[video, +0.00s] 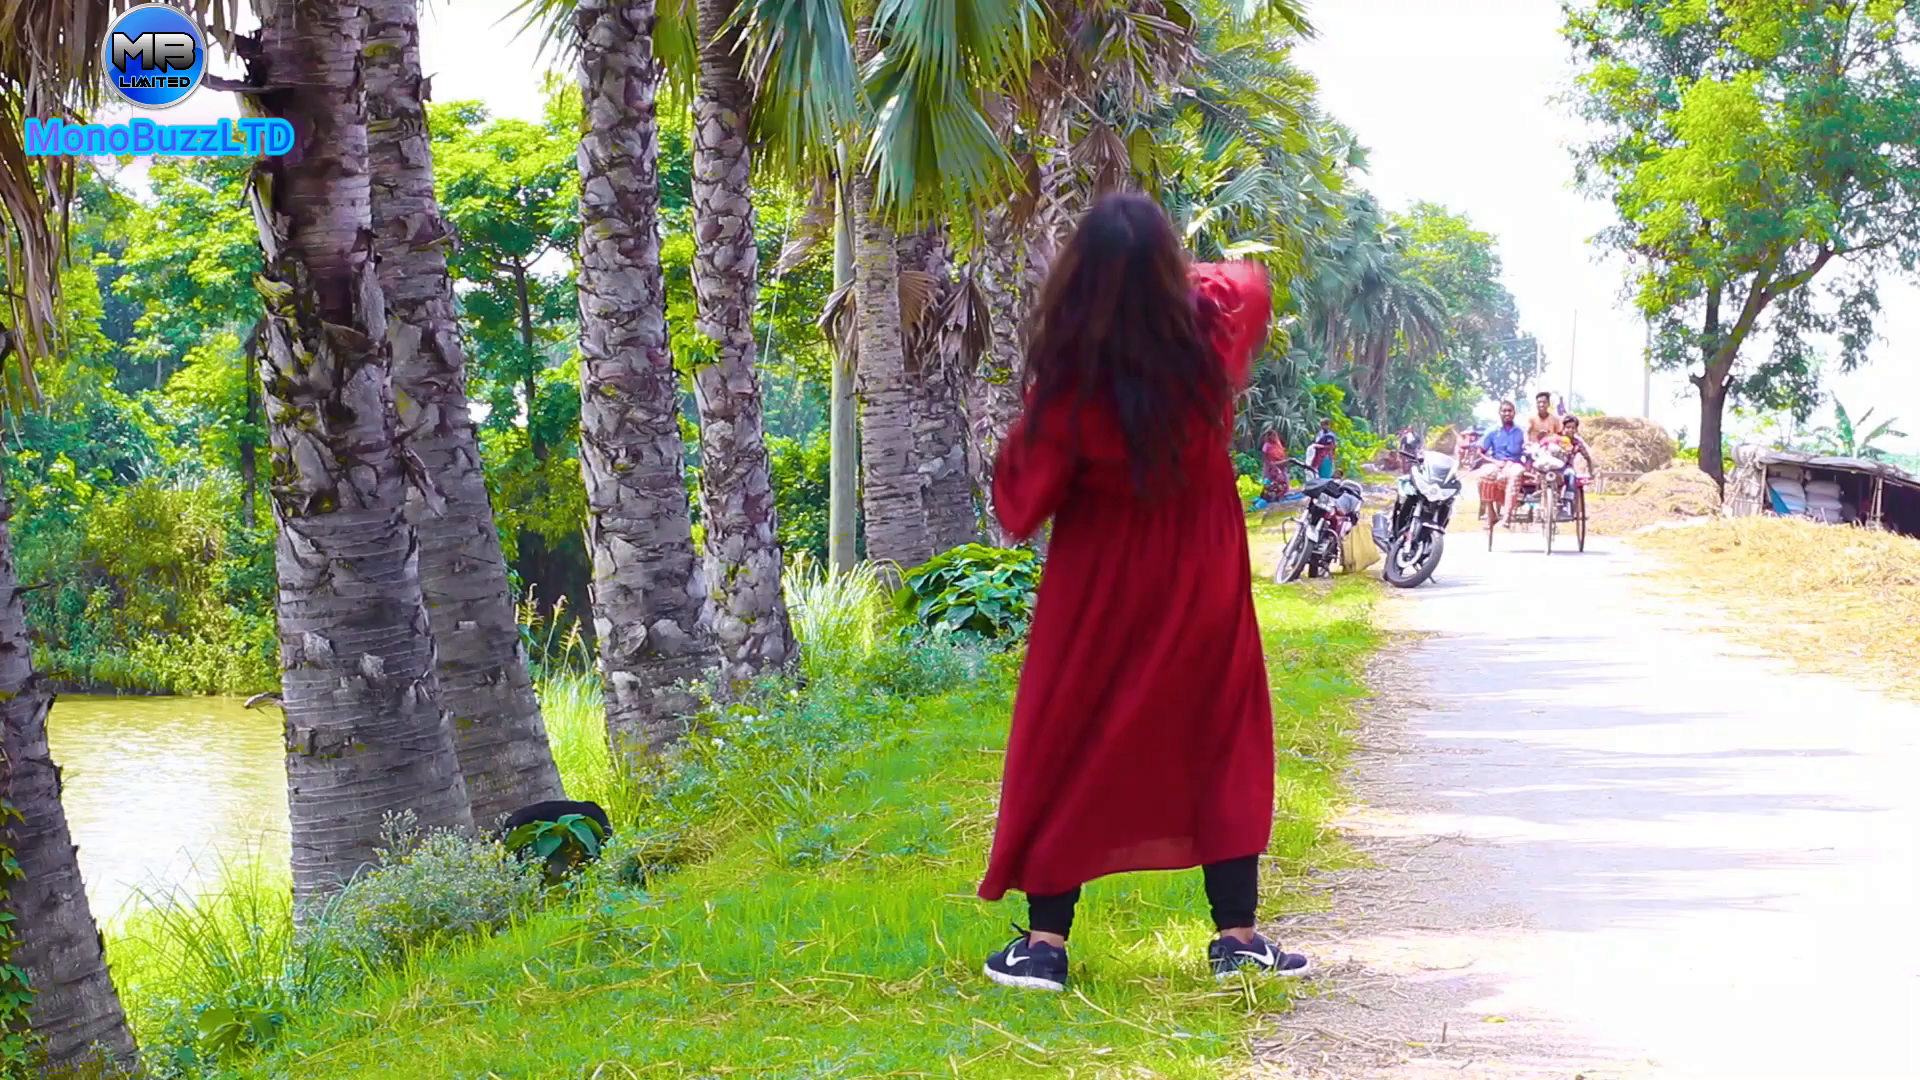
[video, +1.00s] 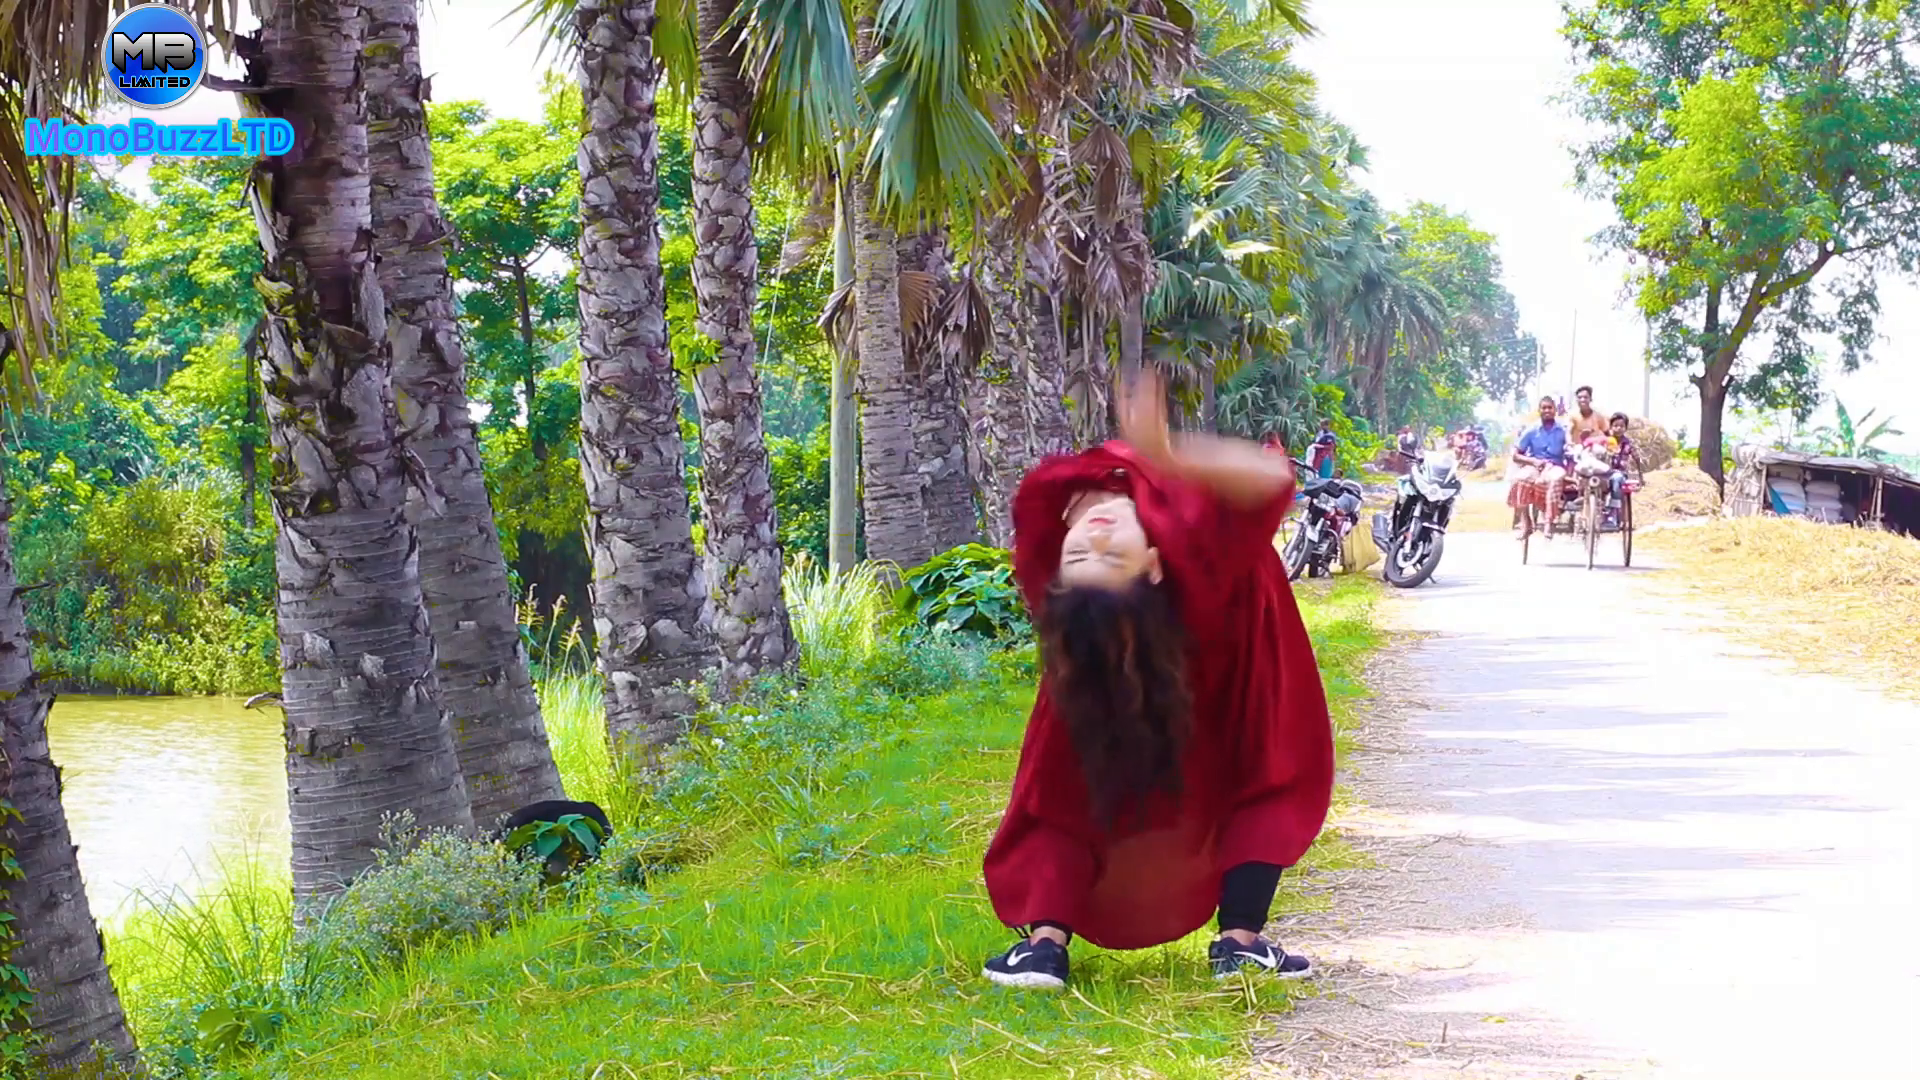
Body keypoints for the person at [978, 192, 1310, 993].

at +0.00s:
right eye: (1177, 257)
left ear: (1078, 279)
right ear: (1169, 273)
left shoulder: (1069, 378)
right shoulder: (1207, 326)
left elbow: (1017, 502)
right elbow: (1251, 279)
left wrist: (1035, 420)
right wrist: (1177, 273)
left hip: (1100, 588)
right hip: (1204, 583)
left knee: (1066, 745)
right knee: (1228, 744)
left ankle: (1045, 943)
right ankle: (1238, 936)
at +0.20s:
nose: (1134, 290)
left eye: (1125, 290)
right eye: (1140, 296)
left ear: (1084, 356)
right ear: (1164, 341)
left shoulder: (1057, 396)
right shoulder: (1210, 378)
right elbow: (1268, 280)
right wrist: (1182, 218)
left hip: (1104, 587)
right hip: (1218, 584)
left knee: (1073, 751)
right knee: (1246, 745)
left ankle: (1045, 939)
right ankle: (1238, 934)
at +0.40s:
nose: (1114, 376)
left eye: (1099, 393)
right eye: (1128, 405)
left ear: (1063, 418)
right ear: (1145, 462)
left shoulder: (1045, 389)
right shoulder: (1195, 497)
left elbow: (1037, 310)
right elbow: (1277, 495)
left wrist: (1143, 350)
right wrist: (1278, 397)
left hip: (1077, 618)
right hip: (1201, 614)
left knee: (1059, 760)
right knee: (1260, 753)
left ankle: (1046, 941)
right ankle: (1240, 937)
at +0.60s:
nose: (1101, 463)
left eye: (1090, 480)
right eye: (1137, 484)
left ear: (1065, 495)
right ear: (1155, 505)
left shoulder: (1036, 480)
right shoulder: (1216, 465)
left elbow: (985, 384)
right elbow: (1287, 485)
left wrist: (1053, 369)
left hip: (1084, 607)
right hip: (1207, 600)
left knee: (1050, 755)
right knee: (1252, 755)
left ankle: (1044, 941)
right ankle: (1238, 935)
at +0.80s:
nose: (1112, 500)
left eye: (1095, 524)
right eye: (1130, 520)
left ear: (1073, 545)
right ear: (1166, 534)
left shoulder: (1050, 528)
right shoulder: (1211, 460)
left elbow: (1000, 502)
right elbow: (1287, 355)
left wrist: (1048, 428)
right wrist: (1215, 345)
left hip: (1094, 630)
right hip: (1228, 624)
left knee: (1045, 768)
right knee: (1262, 762)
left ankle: (1042, 945)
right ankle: (1239, 937)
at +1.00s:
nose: (1093, 525)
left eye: (1075, 546)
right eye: (1109, 546)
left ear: (1060, 559)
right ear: (1154, 562)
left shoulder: (1046, 525)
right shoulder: (1204, 513)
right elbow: (1274, 478)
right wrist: (1173, 457)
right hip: (1236, 639)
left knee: (1063, 775)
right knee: (1278, 768)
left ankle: (1044, 941)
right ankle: (1242, 937)